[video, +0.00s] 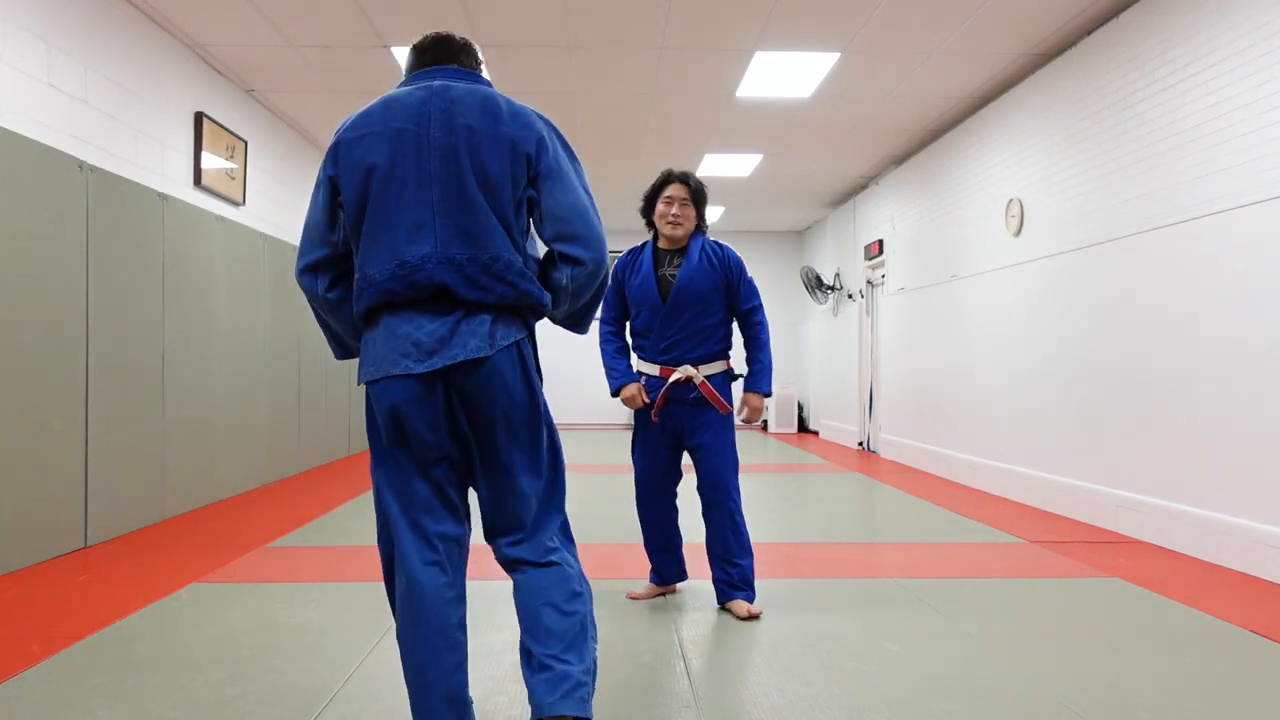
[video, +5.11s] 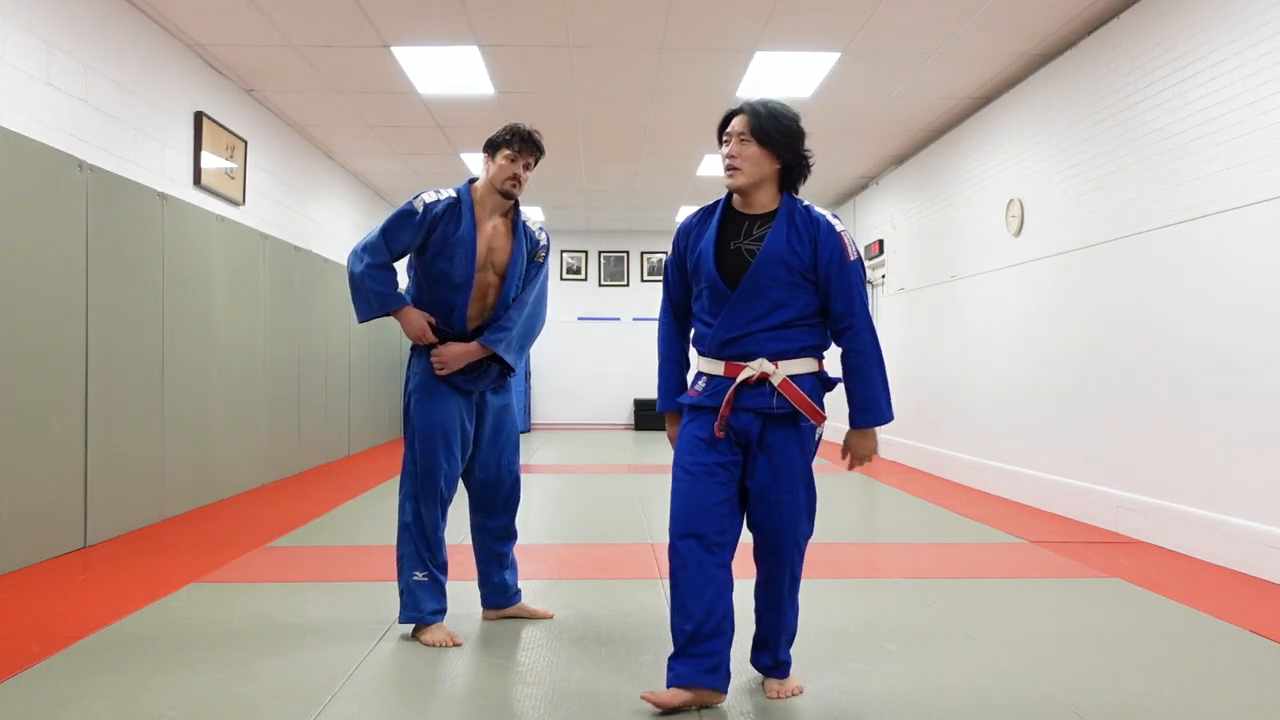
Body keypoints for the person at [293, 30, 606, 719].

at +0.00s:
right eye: (480, 73)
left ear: (408, 76)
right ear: (479, 74)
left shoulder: (356, 132)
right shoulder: (520, 121)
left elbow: (317, 263)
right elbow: (584, 249)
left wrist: (366, 337)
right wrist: (544, 307)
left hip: (395, 363)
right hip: (495, 354)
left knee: (421, 554)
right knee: (536, 539)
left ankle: (440, 714)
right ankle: (563, 707)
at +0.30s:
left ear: (408, 103)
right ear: (477, 105)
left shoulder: (360, 150)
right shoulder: (516, 157)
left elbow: (315, 269)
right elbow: (557, 277)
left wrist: (362, 335)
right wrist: (514, 337)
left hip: (397, 360)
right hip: (490, 359)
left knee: (410, 530)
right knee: (488, 514)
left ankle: (436, 706)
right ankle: (471, 664)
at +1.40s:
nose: (471, 183)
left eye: (476, 173)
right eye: (471, 169)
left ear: (435, 156)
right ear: (442, 155)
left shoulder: (380, 198)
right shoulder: (417, 197)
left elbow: (358, 293)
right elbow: (442, 286)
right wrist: (473, 318)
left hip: (367, 364)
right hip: (416, 363)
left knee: (385, 493)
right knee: (469, 489)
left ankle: (371, 628)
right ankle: (434, 624)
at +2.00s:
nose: (498, 188)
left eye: (504, 178)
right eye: (496, 175)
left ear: (470, 167)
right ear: (464, 161)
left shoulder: (461, 210)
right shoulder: (427, 198)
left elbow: (468, 281)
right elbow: (409, 266)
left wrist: (487, 326)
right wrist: (460, 310)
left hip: (451, 366)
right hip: (420, 366)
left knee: (474, 470)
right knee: (436, 484)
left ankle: (411, 577)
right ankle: (421, 627)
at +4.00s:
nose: (473, 160)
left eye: (480, 151)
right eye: (461, 150)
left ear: (487, 158)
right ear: (437, 156)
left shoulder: (501, 217)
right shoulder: (414, 225)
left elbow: (529, 266)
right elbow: (412, 308)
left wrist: (509, 306)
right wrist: (450, 372)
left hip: (483, 370)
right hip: (426, 373)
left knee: (492, 488)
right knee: (422, 496)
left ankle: (500, 598)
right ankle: (421, 617)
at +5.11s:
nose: (518, 170)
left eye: (527, 165)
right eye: (511, 159)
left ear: (531, 174)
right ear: (487, 159)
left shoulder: (531, 232)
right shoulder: (437, 208)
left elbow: (530, 311)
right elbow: (367, 259)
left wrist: (478, 348)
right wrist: (401, 311)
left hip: (498, 374)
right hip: (439, 370)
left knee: (498, 486)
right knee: (430, 489)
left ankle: (500, 598)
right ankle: (423, 614)